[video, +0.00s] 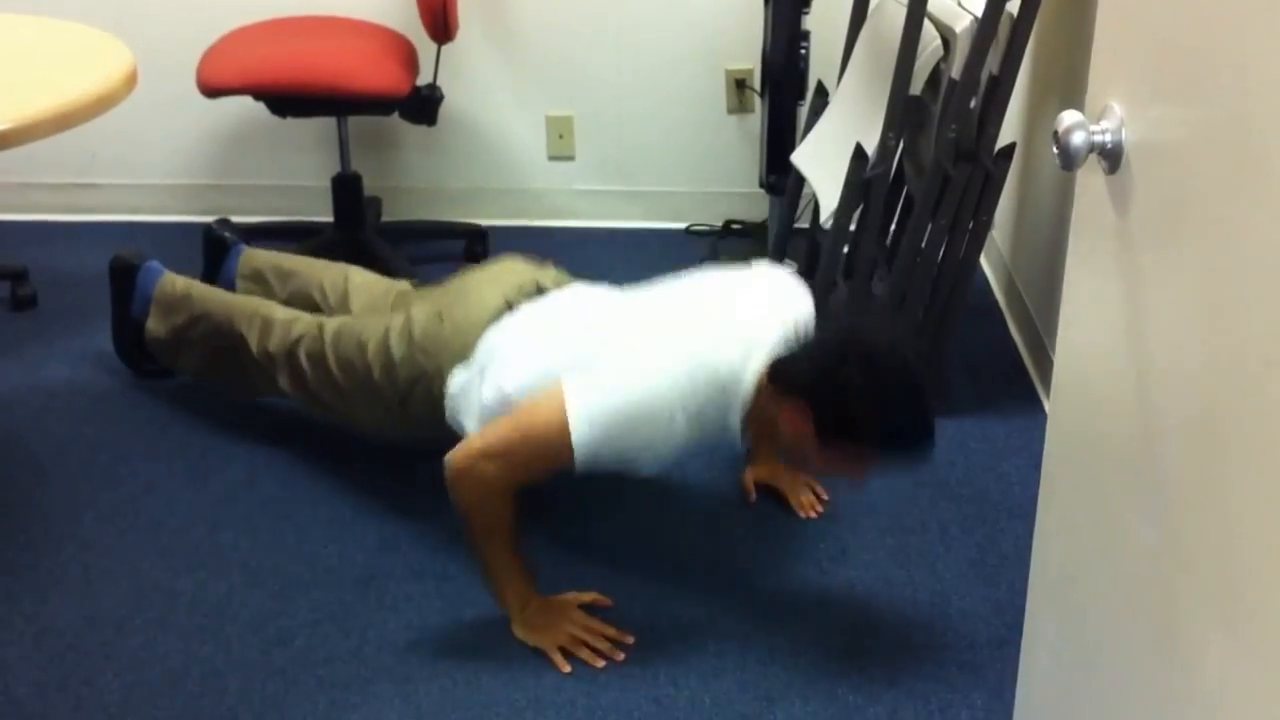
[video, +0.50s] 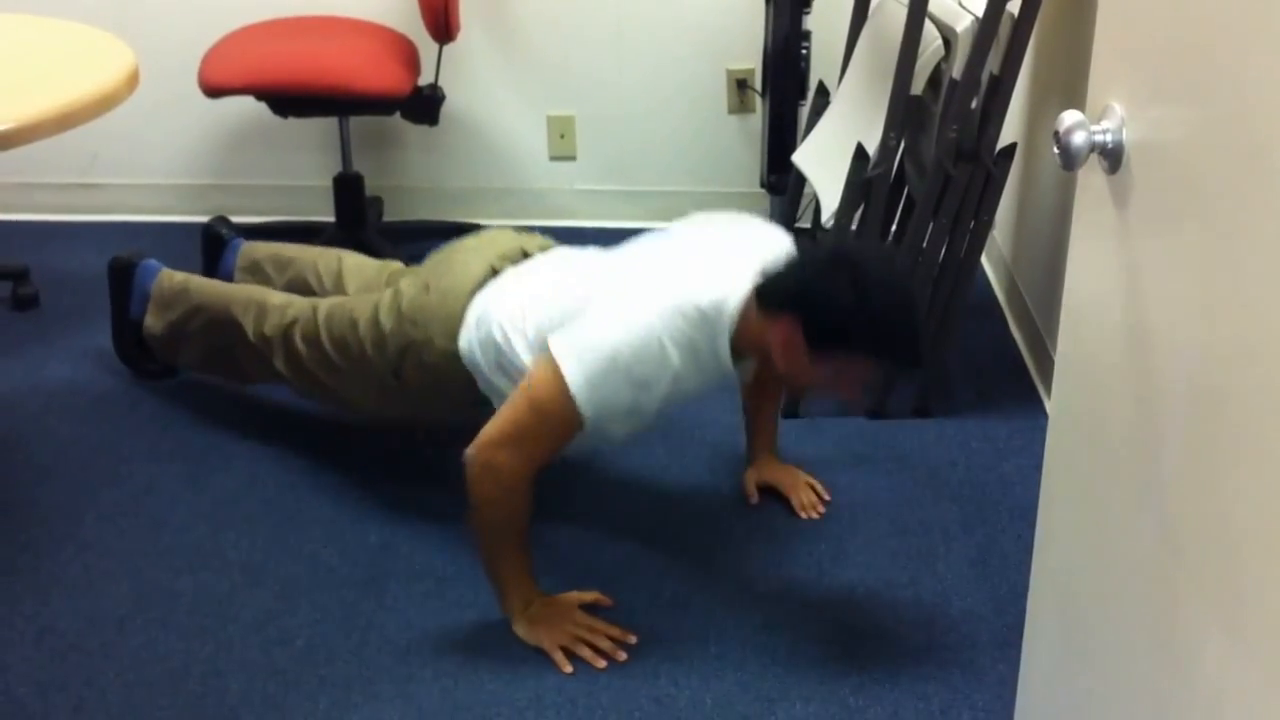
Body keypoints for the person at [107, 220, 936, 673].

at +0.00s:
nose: (837, 471)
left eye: (850, 467)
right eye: (843, 460)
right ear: (803, 421)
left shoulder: (785, 295)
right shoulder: (663, 394)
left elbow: (747, 372)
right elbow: (472, 469)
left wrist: (762, 447)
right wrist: (527, 607)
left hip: (536, 288)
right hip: (466, 364)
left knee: (382, 297)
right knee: (296, 353)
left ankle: (246, 257)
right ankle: (158, 307)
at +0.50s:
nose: (838, 395)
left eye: (857, 387)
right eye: (842, 380)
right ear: (791, 340)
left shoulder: (770, 248)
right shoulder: (644, 345)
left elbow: (765, 357)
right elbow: (493, 462)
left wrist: (762, 454)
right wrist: (527, 606)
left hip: (522, 255)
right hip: (462, 325)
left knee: (375, 282)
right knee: (295, 337)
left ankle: (245, 250)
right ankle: (157, 308)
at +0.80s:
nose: (848, 414)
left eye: (862, 402)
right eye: (849, 399)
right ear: (797, 362)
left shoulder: (777, 260)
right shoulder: (660, 360)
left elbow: (764, 356)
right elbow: (482, 466)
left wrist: (763, 450)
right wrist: (528, 606)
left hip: (522, 263)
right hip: (461, 344)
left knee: (376, 284)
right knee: (295, 346)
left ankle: (240, 251)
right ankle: (158, 309)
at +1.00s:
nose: (839, 561)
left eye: (854, 552)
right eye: (843, 548)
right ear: (803, 512)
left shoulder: (790, 376)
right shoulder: (678, 472)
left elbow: (780, 309)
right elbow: (478, 487)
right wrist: (528, 606)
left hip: (542, 328)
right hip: (466, 398)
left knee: (388, 313)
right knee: (294, 364)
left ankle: (240, 255)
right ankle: (159, 304)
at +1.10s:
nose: (841, 549)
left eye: (857, 539)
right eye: (844, 535)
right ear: (799, 499)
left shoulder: (783, 366)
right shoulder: (666, 462)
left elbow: (777, 305)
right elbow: (472, 486)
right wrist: (528, 605)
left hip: (538, 321)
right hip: (465, 393)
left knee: (387, 311)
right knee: (292, 362)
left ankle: (240, 255)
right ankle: (157, 302)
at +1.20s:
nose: (834, 474)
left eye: (846, 469)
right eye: (835, 463)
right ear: (788, 426)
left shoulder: (776, 301)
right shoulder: (650, 417)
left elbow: (740, 362)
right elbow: (469, 483)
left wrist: (762, 448)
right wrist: (526, 605)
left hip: (527, 291)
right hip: (461, 369)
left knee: (378, 292)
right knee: (290, 353)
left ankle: (233, 249)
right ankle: (155, 302)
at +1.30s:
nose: (824, 400)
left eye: (840, 392)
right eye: (825, 385)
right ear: (779, 345)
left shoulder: (766, 251)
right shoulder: (636, 350)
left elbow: (762, 357)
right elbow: (482, 468)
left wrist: (763, 453)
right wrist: (527, 604)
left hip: (518, 253)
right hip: (455, 325)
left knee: (373, 277)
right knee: (294, 332)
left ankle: (238, 248)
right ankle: (155, 303)